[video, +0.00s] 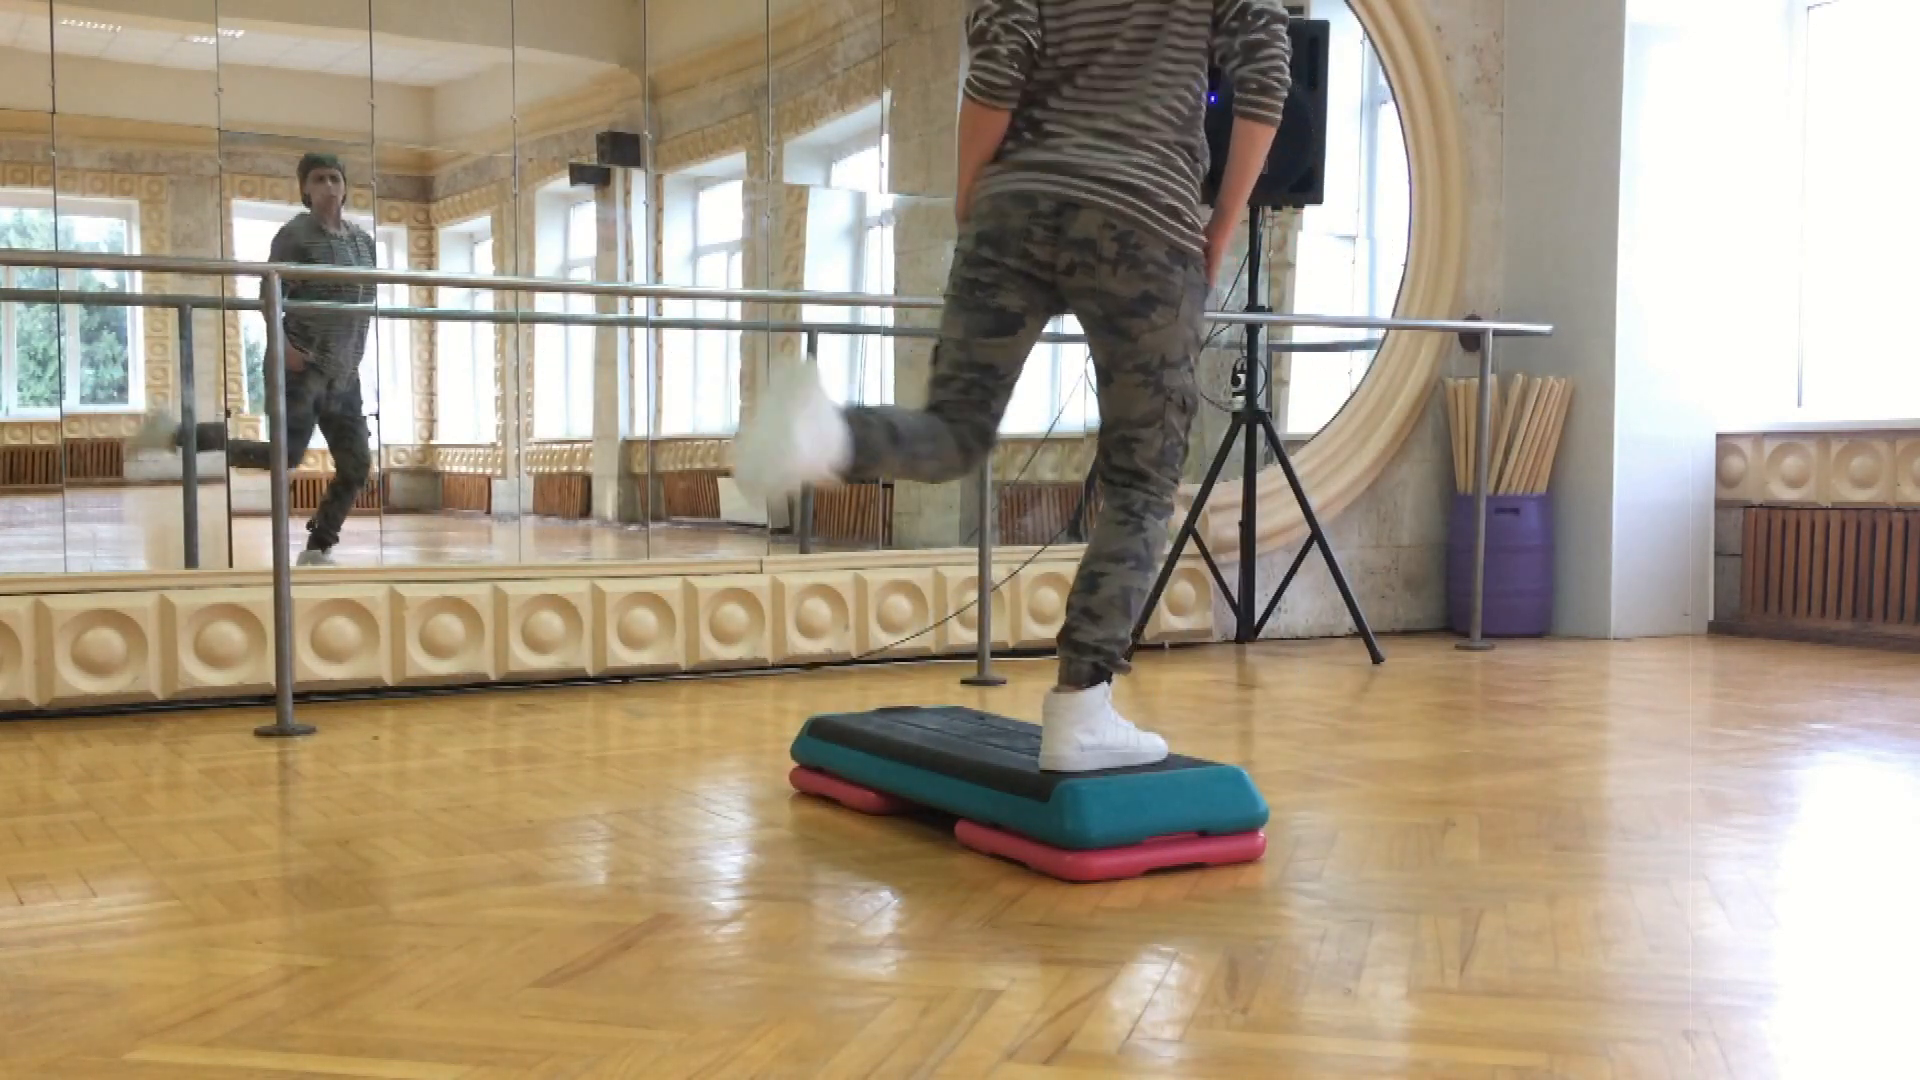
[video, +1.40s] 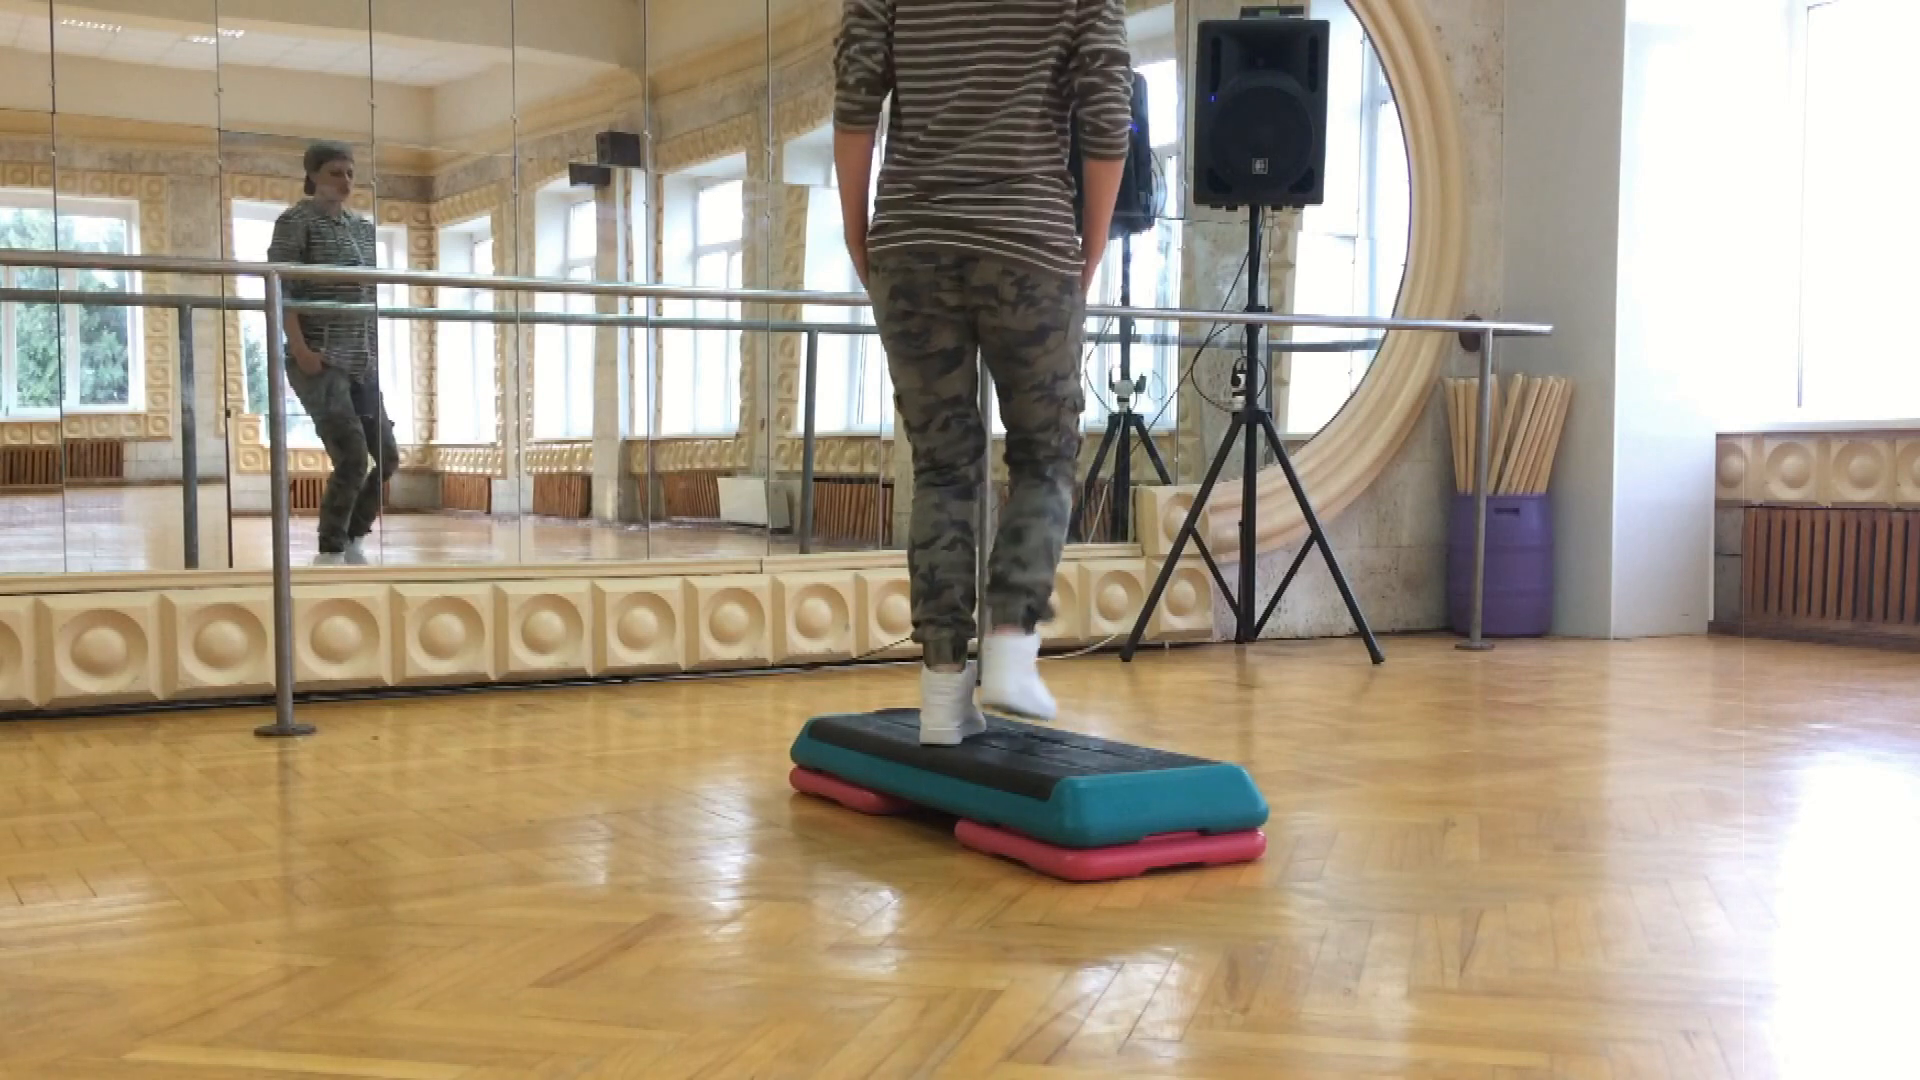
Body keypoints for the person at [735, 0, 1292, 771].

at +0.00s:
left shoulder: (1024, 1)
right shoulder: (1235, 5)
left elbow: (996, 69)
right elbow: (1264, 86)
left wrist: (970, 207)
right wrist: (1221, 232)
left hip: (1017, 191)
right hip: (1146, 214)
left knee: (955, 429)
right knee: (1139, 483)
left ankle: (825, 435)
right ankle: (1079, 712)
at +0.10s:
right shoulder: (1226, 3)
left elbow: (977, 40)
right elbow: (1238, 70)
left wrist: (958, 174)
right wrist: (1203, 217)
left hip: (998, 166)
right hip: (1127, 178)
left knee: (1008, 398)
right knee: (1115, 454)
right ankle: (1079, 704)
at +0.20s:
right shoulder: (1210, 5)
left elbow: (959, 28)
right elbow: (1219, 68)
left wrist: (955, 169)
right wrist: (1187, 216)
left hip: (994, 165)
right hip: (1127, 177)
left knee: (1015, 409)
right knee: (1108, 449)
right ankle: (1078, 706)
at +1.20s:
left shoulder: (911, 6)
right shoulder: (1106, 7)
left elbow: (896, 111)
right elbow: (1126, 131)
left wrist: (884, 229)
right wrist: (1112, 257)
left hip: (931, 234)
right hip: (1054, 237)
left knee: (952, 465)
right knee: (1060, 471)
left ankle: (947, 700)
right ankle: (1057, 696)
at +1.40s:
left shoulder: (885, 2)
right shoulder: (1084, 5)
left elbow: (855, 102)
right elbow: (1106, 119)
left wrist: (856, 235)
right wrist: (1089, 254)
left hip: (908, 238)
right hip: (1028, 240)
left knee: (942, 461)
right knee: (1043, 455)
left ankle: (943, 693)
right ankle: (1009, 654)